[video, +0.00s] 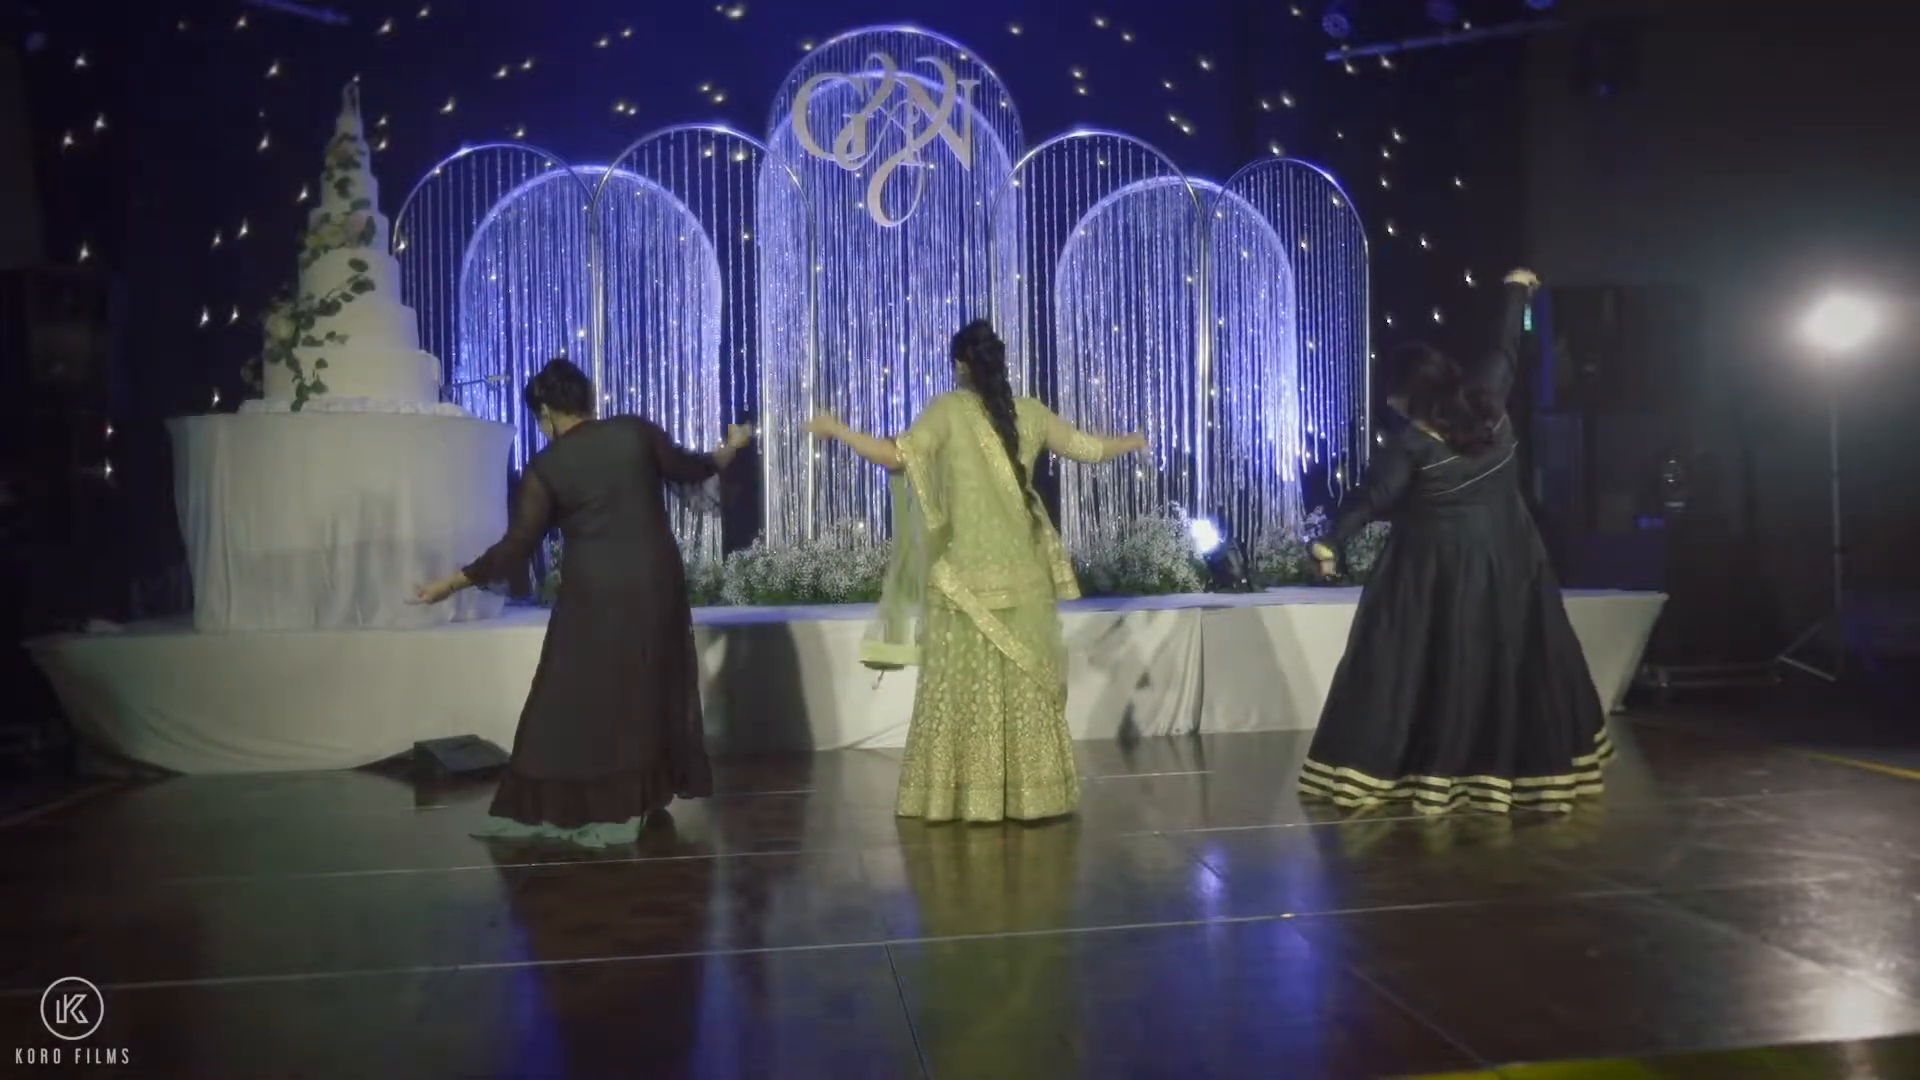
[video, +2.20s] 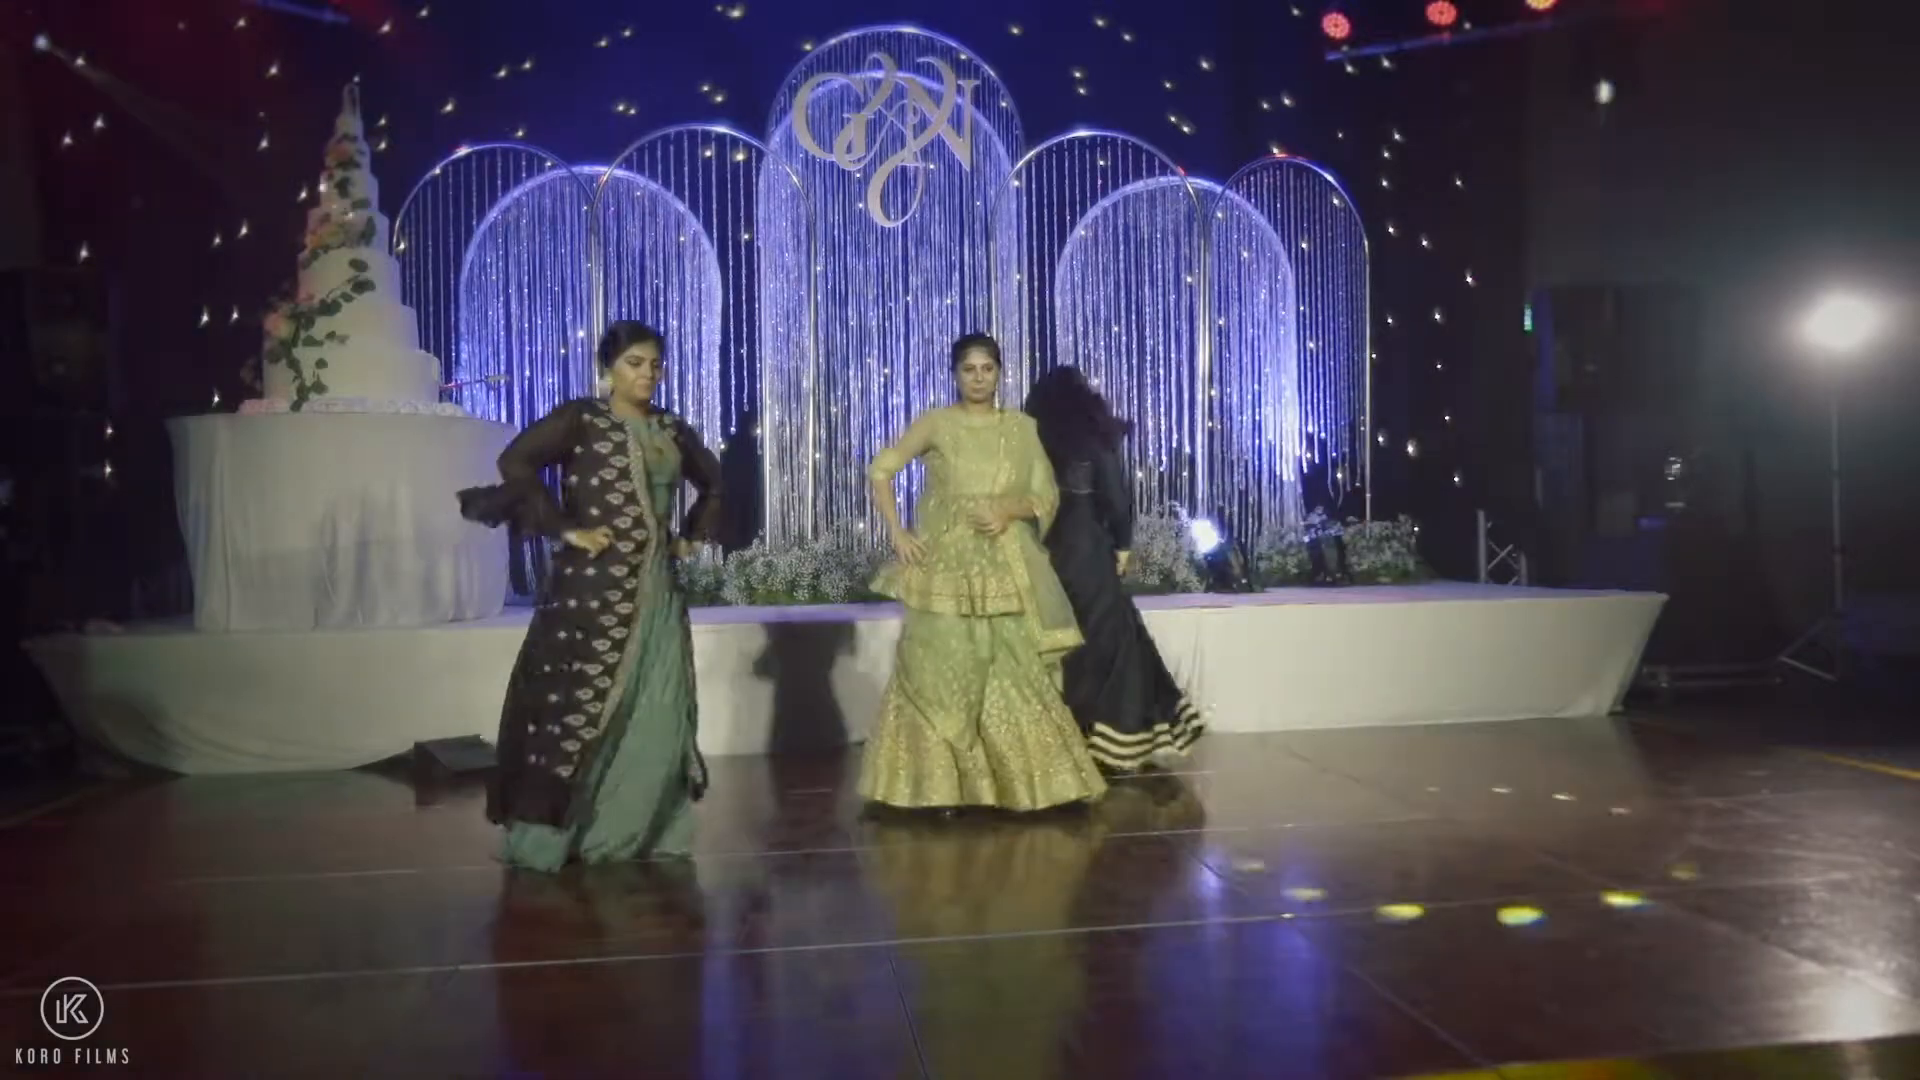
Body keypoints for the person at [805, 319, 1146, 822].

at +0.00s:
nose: (954, 368)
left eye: (954, 361)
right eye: (959, 360)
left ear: (960, 363)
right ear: (998, 360)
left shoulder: (946, 409)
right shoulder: (1028, 412)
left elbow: (895, 456)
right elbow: (1088, 448)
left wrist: (837, 431)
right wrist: (1128, 442)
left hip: (966, 576)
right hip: (1027, 574)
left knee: (966, 691)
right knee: (1030, 686)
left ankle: (969, 797)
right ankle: (1032, 795)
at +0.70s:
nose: (943, 378)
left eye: (945, 370)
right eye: (944, 370)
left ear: (959, 369)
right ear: (988, 367)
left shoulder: (946, 412)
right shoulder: (1024, 416)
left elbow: (908, 462)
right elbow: (1069, 468)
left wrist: (844, 442)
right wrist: (1110, 469)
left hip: (966, 573)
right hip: (1026, 572)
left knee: (968, 686)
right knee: (1029, 683)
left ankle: (970, 796)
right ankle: (1028, 795)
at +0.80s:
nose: (940, 377)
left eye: (942, 369)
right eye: (941, 369)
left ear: (957, 368)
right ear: (985, 367)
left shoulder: (945, 411)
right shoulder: (1018, 416)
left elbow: (919, 469)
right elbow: (1056, 483)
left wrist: (857, 460)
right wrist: (1068, 503)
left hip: (968, 573)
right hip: (1025, 571)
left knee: (967, 686)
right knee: (1028, 682)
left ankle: (971, 795)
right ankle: (1029, 794)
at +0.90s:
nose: (931, 376)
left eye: (934, 368)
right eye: (931, 368)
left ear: (955, 366)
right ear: (970, 366)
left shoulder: (948, 409)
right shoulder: (995, 413)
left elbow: (933, 469)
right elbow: (1031, 486)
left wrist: (869, 469)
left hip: (969, 570)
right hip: (1013, 566)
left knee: (967, 681)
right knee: (1012, 681)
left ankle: (966, 795)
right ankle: (1014, 795)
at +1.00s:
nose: (928, 373)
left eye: (933, 365)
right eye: (929, 365)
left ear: (954, 367)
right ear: (964, 367)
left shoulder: (955, 409)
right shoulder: (976, 409)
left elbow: (950, 465)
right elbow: (962, 469)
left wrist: (903, 463)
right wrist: (914, 463)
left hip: (967, 567)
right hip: (990, 564)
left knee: (969, 676)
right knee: (993, 676)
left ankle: (972, 792)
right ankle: (1001, 791)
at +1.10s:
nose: (921, 373)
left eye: (927, 364)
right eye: (921, 364)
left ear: (952, 366)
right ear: (949, 367)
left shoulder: (969, 410)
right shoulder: (945, 417)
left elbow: (987, 459)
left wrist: (950, 460)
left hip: (973, 571)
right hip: (945, 569)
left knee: (976, 678)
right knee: (949, 678)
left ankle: (981, 792)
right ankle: (951, 789)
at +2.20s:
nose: (978, 377)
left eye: (987, 368)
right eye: (969, 369)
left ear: (999, 373)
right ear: (956, 375)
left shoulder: (1021, 426)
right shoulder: (937, 423)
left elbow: (1046, 498)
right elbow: (880, 471)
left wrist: (1009, 509)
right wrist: (896, 531)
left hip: (1007, 564)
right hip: (947, 564)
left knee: (1013, 672)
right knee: (946, 673)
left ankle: (1016, 784)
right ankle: (945, 788)